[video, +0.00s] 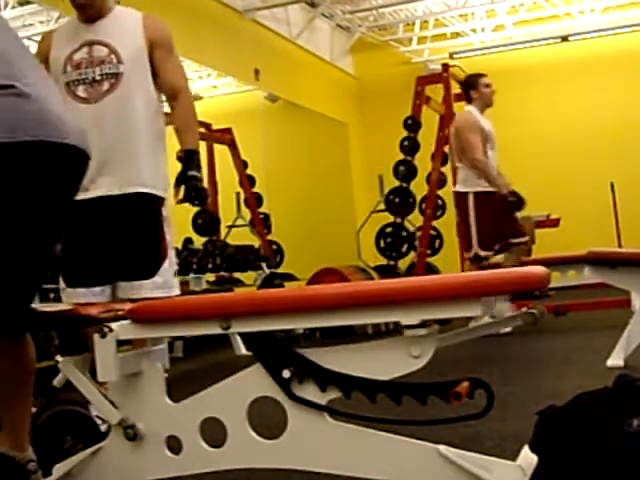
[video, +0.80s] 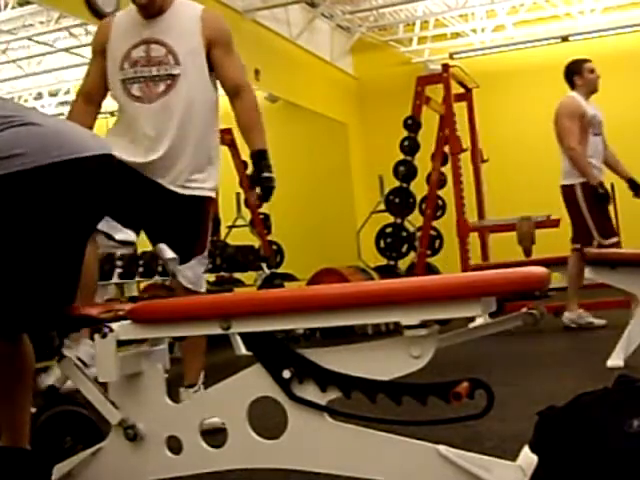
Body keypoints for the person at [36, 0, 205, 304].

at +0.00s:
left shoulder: (148, 30)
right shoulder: (51, 43)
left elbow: (179, 95)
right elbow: (38, 115)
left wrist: (191, 165)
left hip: (139, 186)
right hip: (76, 190)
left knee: (148, 304)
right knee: (84, 305)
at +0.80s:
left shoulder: (206, 24)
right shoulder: (110, 31)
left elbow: (240, 92)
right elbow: (88, 101)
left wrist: (261, 159)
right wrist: (61, 158)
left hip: (189, 180)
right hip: (123, 175)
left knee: (189, 290)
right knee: (82, 233)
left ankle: (193, 390)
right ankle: (81, 347)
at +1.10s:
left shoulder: (221, 26)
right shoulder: (120, 26)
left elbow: (246, 95)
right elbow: (95, 96)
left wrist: (260, 156)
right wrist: (73, 152)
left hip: (193, 181)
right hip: (126, 171)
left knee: (190, 294)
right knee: (93, 236)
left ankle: (193, 390)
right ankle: (113, 346)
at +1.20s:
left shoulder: (223, 27)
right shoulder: (124, 24)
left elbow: (247, 96)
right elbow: (98, 93)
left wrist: (255, 162)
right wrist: (75, 149)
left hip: (194, 180)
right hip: (128, 168)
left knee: (192, 293)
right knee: (89, 224)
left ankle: (195, 390)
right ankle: (117, 333)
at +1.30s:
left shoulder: (224, 28)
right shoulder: (124, 24)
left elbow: (247, 98)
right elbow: (98, 92)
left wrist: (254, 164)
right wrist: (75, 148)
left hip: (194, 182)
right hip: (127, 170)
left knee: (192, 295)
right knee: (93, 233)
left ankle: (196, 390)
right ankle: (121, 334)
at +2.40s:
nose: (247, 212)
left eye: (256, 207)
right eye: (246, 204)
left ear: (265, 196)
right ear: (231, 177)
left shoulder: (260, 188)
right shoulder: (173, 186)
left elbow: (247, 262)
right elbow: (156, 278)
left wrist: (243, 338)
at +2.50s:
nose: (242, 236)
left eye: (251, 232)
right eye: (241, 226)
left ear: (263, 220)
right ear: (228, 194)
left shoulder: (257, 211)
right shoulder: (171, 201)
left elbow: (244, 280)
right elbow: (154, 287)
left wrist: (224, 335)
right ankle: (98, 408)